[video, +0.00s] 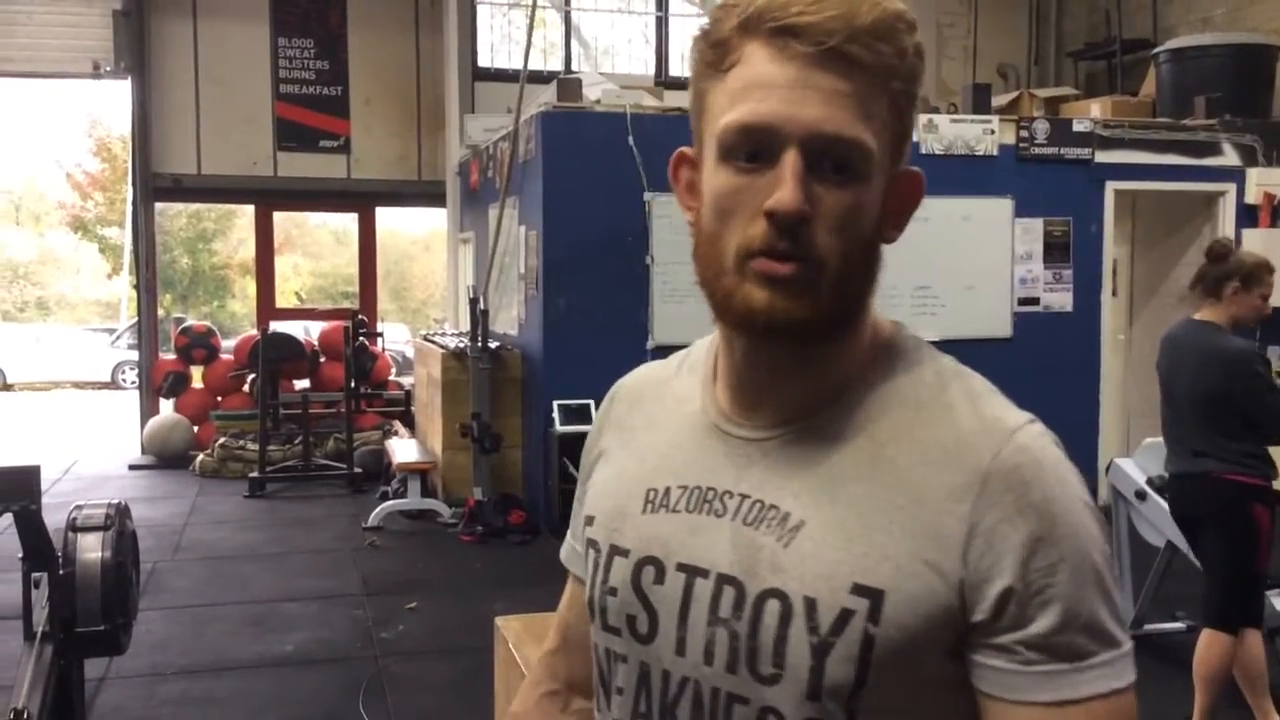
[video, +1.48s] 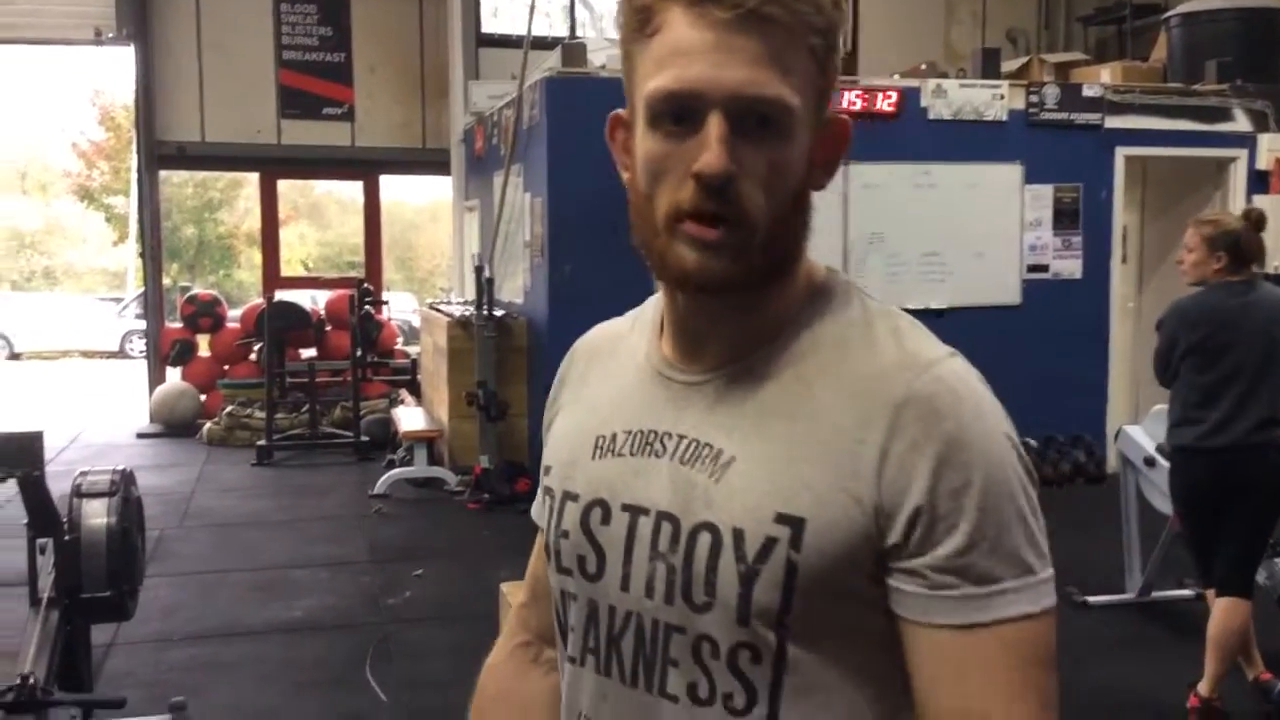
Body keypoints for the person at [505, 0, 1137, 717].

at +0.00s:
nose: (788, 201)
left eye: (835, 164)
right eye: (751, 154)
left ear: (895, 208)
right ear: (690, 185)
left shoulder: (1006, 480)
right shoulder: (631, 412)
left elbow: (1080, 697)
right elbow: (563, 686)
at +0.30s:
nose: (860, 191)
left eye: (904, 155)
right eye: (816, 144)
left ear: (958, 205)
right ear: (742, 185)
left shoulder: (1080, 482)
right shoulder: (664, 415)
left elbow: (1173, 705)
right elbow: (581, 696)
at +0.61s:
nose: (875, 196)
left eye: (923, 152)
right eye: (831, 144)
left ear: (984, 192)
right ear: (759, 172)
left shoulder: (1101, 489)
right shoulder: (690, 405)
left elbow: (1185, 703)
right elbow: (618, 689)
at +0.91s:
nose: (836, 202)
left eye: (887, 159)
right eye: (798, 148)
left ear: (954, 194)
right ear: (731, 167)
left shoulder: (1058, 495)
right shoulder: (672, 395)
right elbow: (610, 664)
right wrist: (583, 690)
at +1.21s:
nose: (769, 188)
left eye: (818, 147)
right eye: (733, 135)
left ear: (881, 179)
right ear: (672, 156)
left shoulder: (984, 451)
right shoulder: (620, 382)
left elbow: (1054, 691)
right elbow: (556, 659)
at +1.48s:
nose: (712, 162)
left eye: (758, 123)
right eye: (677, 118)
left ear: (824, 156)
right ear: (624, 148)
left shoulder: (930, 416)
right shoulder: (590, 369)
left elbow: (998, 706)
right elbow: (535, 648)